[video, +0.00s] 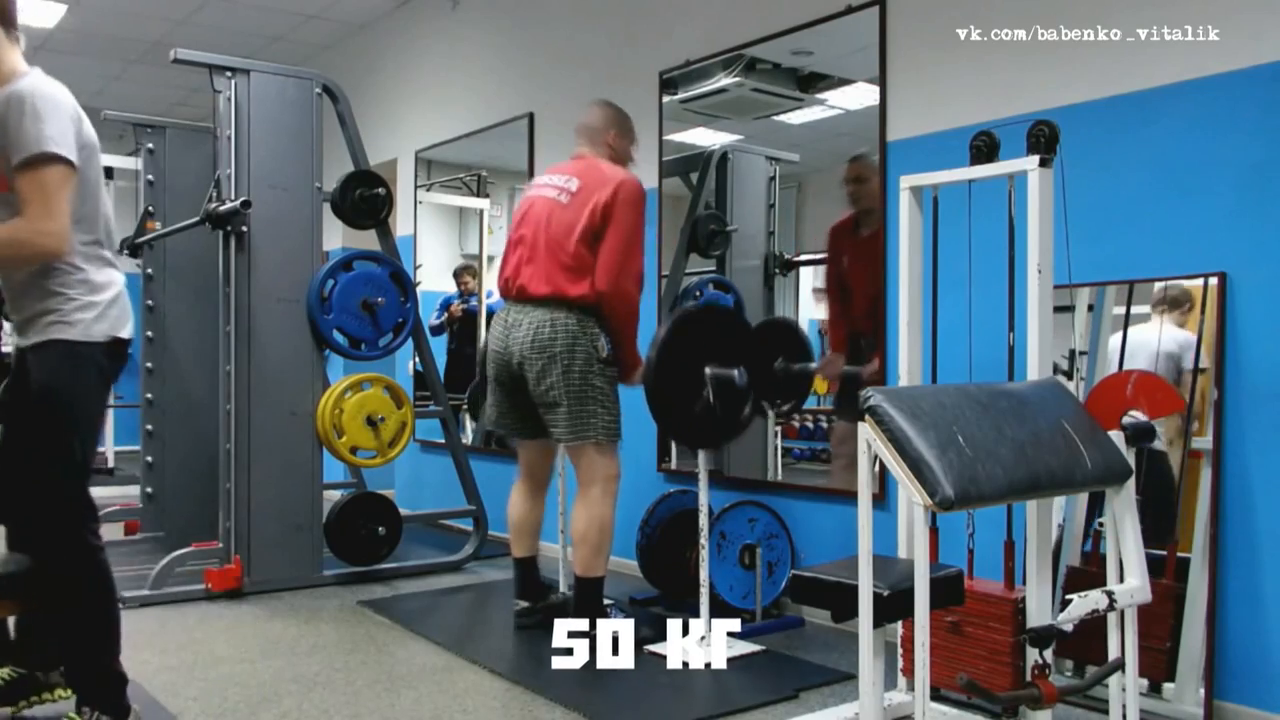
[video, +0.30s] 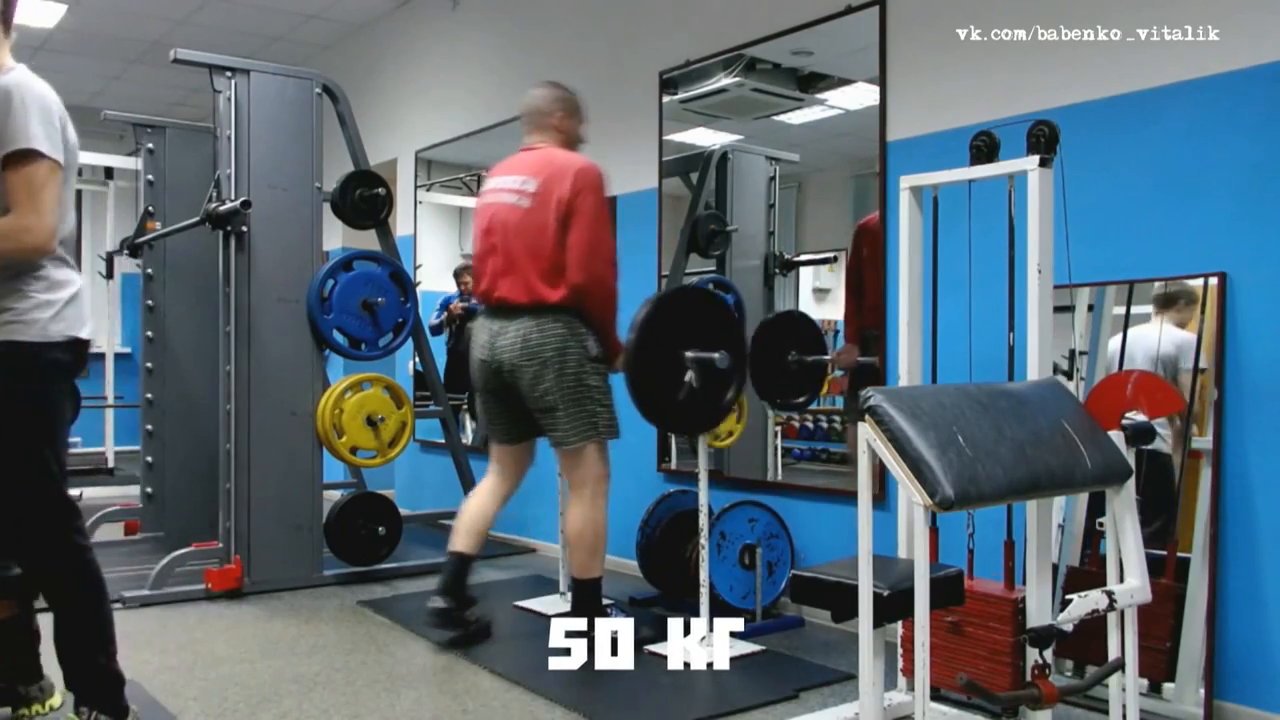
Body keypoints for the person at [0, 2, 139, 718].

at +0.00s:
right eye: (3, 26)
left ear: (5, 22)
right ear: (16, 25)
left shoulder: (36, 95)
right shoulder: (24, 102)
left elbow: (45, 233)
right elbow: (42, 232)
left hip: (75, 326)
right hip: (49, 328)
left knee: (50, 502)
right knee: (27, 497)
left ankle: (100, 693)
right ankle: (43, 653)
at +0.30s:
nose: (3, 19)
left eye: (0, 12)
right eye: (6, 14)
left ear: (6, 17)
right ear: (12, 20)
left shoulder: (22, 90)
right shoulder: (18, 91)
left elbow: (34, 232)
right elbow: (35, 230)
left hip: (34, 334)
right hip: (18, 334)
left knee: (37, 515)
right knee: (7, 518)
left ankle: (102, 701)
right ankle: (20, 684)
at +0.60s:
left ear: (5, 37)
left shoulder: (27, 102)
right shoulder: (25, 105)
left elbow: (50, 230)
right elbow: (47, 231)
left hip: (51, 326)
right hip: (10, 338)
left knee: (78, 513)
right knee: (11, 527)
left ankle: (115, 697)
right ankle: (27, 697)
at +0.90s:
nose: (10, 28)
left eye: (30, 18)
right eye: (5, 15)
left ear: (70, 37)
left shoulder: (99, 132)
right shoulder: (2, 120)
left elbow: (112, 263)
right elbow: (22, 240)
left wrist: (6, 252)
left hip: (105, 353)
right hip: (25, 353)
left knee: (119, 520)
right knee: (30, 532)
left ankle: (154, 687)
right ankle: (28, 694)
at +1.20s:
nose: (74, 6)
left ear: (129, 12)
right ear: (54, 10)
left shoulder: (163, 105)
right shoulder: (30, 108)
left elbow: (234, 219)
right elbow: (16, 197)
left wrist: (111, 249)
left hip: (154, 346)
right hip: (70, 346)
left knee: (158, 513)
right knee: (100, 507)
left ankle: (167, 685)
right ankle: (155, 616)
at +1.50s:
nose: (68, 9)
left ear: (121, 4)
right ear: (46, 12)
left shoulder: (168, 90)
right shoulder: (33, 110)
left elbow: (241, 210)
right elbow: (16, 216)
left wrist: (110, 238)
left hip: (184, 344)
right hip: (87, 350)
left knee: (191, 522)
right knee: (65, 511)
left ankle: (185, 684)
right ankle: (141, 629)